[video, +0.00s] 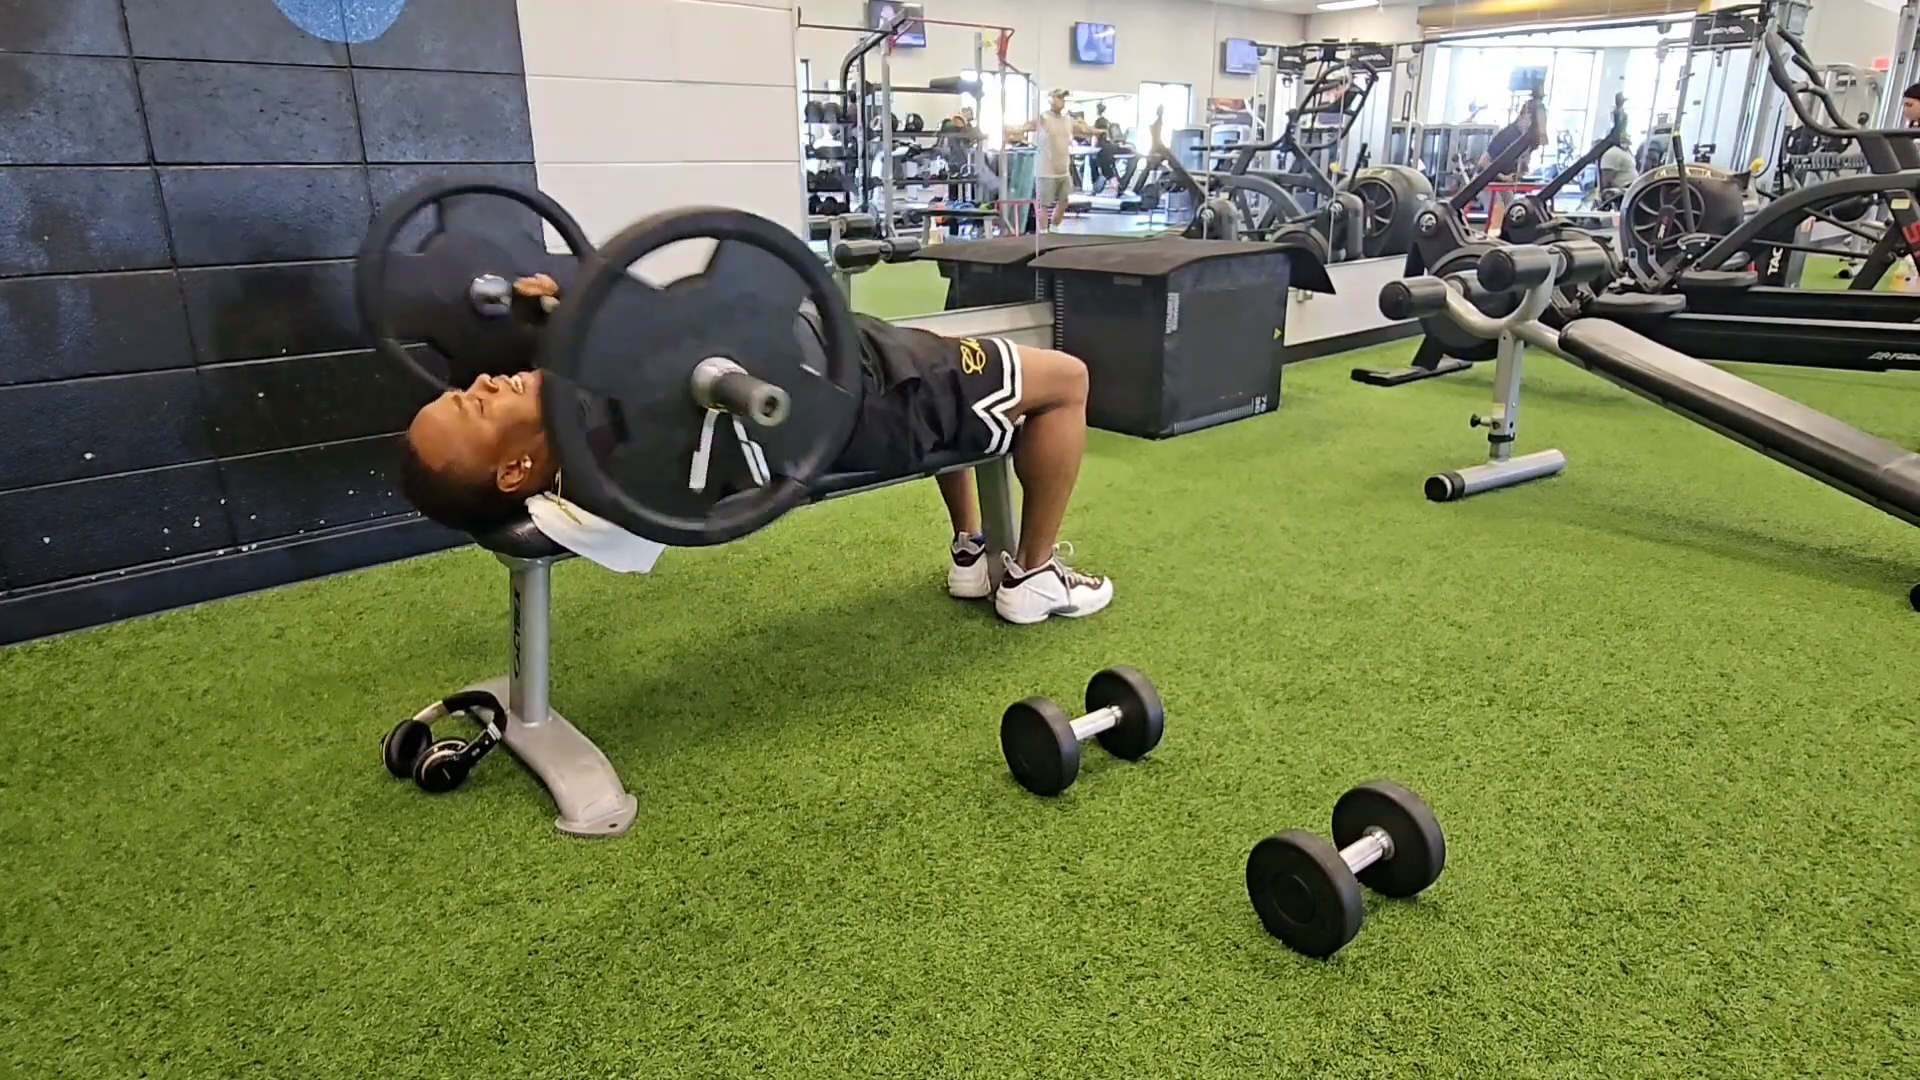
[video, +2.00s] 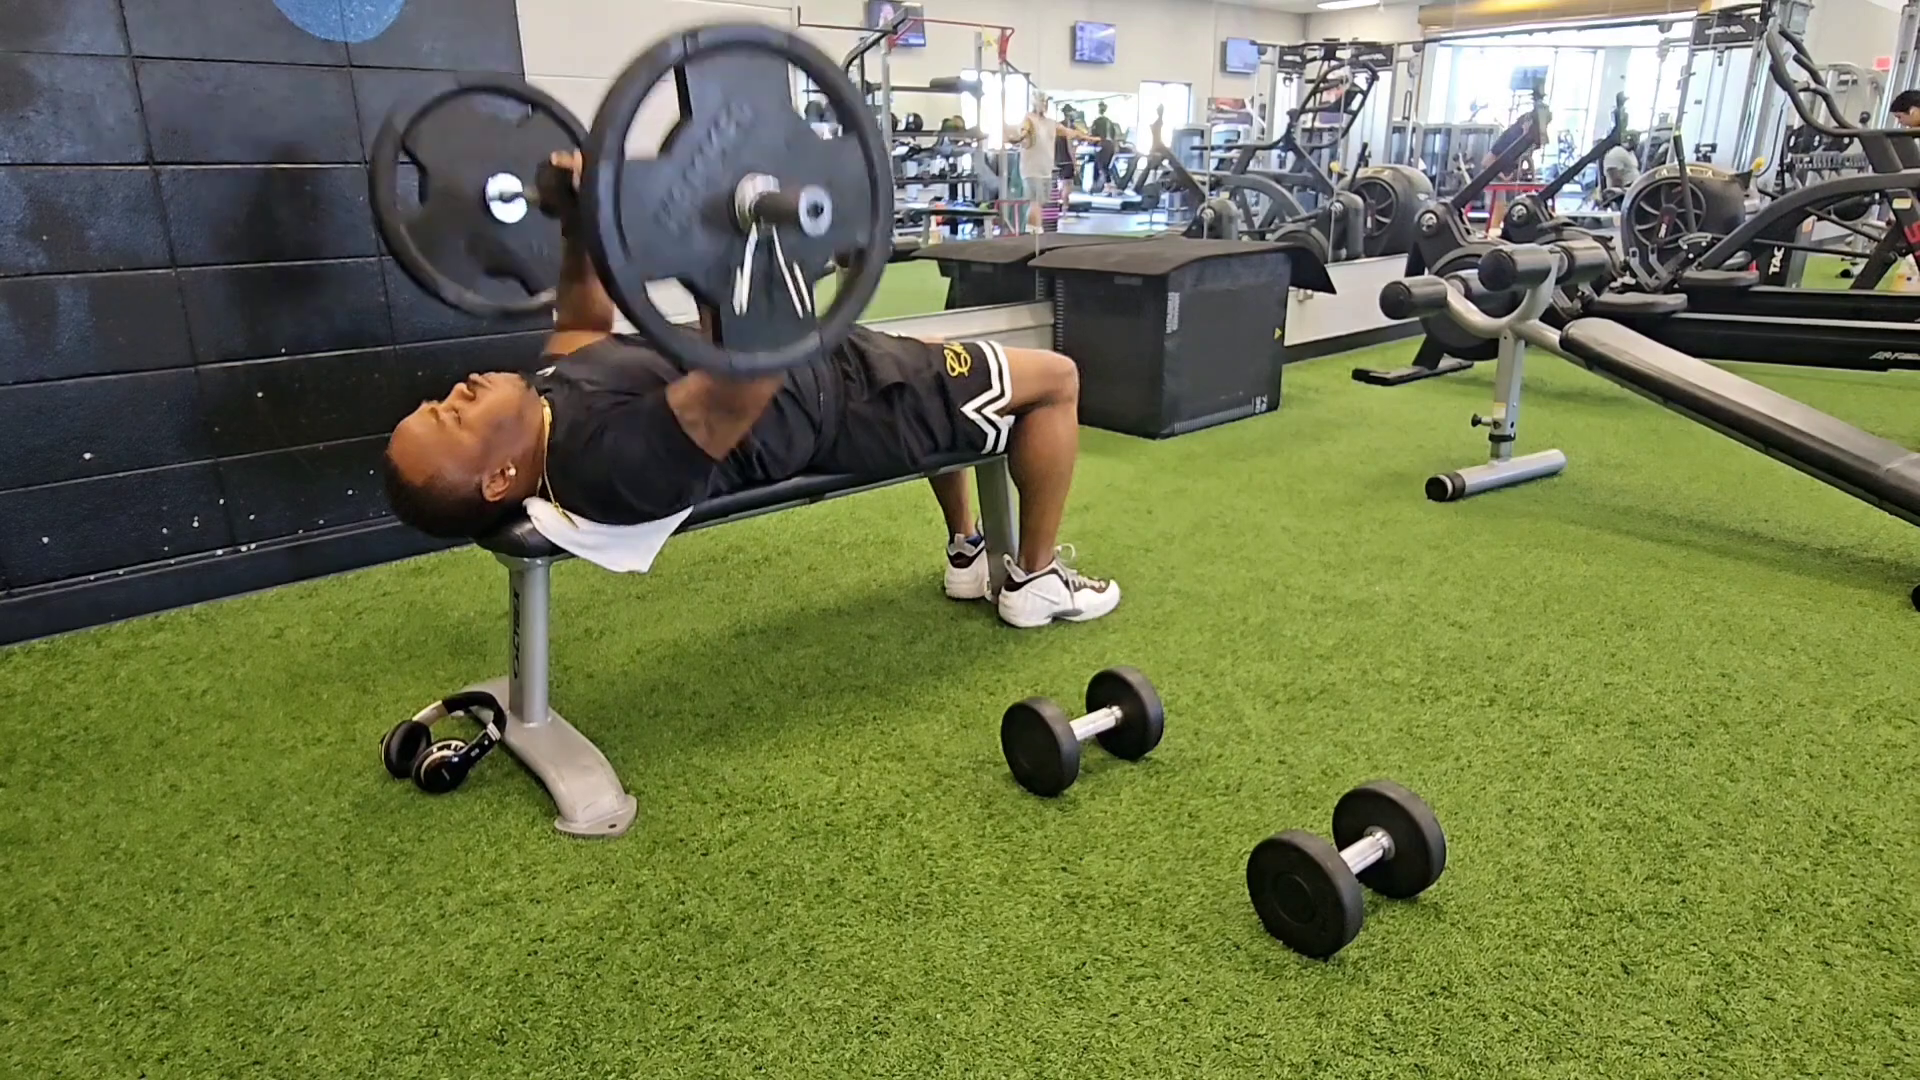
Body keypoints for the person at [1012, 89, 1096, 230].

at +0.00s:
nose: (1063, 102)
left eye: (1063, 99)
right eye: (1059, 98)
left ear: (1063, 101)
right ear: (1051, 100)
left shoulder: (1068, 120)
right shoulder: (1043, 119)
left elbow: (1082, 128)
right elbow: (1024, 128)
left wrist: (1097, 131)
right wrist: (1007, 129)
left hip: (1063, 169)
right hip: (1046, 170)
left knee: (1063, 201)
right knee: (1043, 205)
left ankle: (1054, 229)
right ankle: (1042, 233)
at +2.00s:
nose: (1045, 104)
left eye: (1046, 101)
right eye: (1042, 101)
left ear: (1047, 103)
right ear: (1035, 102)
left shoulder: (1051, 123)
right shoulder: (1029, 119)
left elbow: (1067, 132)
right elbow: (1021, 133)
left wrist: (1085, 136)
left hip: (1046, 167)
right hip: (1030, 167)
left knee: (1039, 201)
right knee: (1036, 201)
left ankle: (1029, 230)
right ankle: (1039, 232)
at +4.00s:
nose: (1094, 105)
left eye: (1096, 102)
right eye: (1092, 101)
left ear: (1097, 103)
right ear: (1084, 101)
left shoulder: (1098, 117)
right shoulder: (1073, 116)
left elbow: (1105, 118)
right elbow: (1053, 121)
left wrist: (1112, 114)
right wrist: (1032, 119)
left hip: (1092, 169)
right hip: (1075, 168)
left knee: (1083, 207)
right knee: (1077, 205)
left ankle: (1074, 234)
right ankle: (1073, 235)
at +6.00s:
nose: (1097, 104)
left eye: (1098, 100)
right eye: (1094, 100)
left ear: (1098, 103)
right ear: (1085, 101)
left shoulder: (1099, 118)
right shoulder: (1076, 117)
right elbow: (1053, 122)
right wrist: (1029, 124)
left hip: (1095, 169)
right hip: (1079, 169)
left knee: (1087, 206)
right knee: (1076, 205)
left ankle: (1081, 234)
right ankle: (1071, 235)